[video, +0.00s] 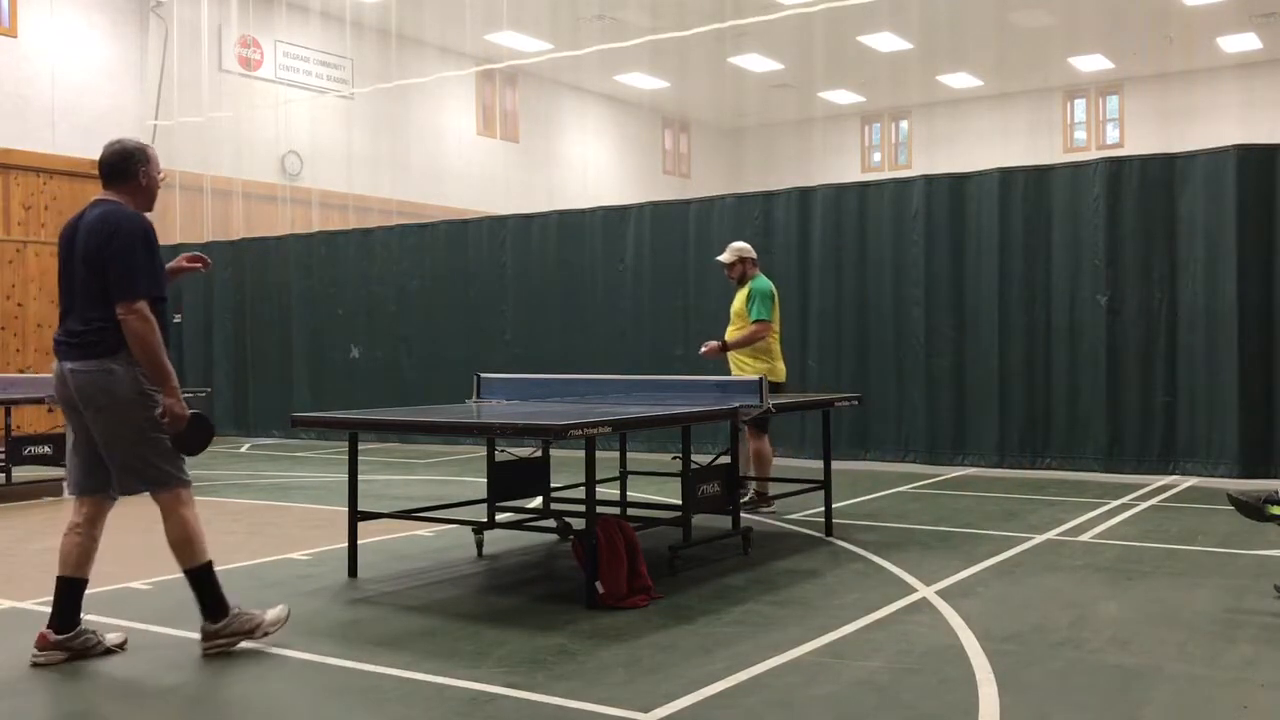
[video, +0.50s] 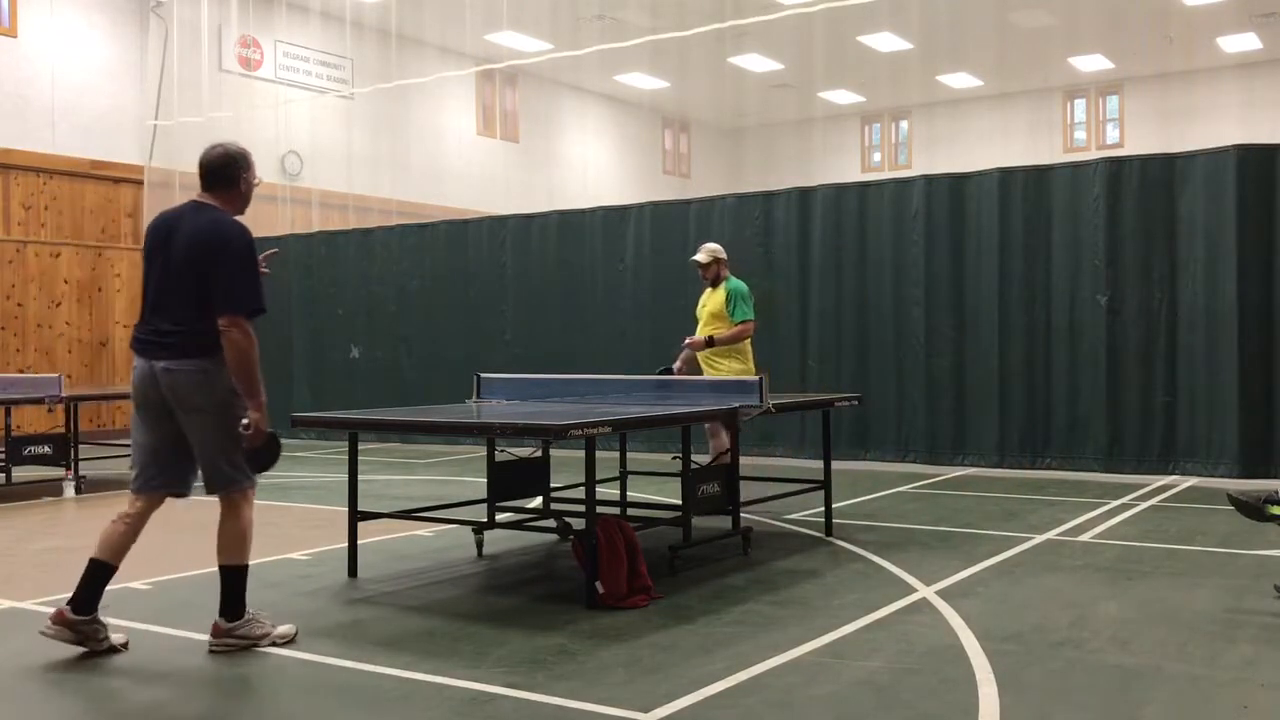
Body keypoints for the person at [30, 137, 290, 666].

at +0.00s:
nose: (160, 183)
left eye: (158, 175)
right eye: (157, 174)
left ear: (105, 176)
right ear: (143, 175)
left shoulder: (77, 225)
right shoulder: (130, 225)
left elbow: (104, 292)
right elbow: (134, 313)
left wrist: (167, 271)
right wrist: (171, 390)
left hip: (74, 374)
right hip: (116, 375)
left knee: (90, 502)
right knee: (174, 493)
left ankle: (61, 630)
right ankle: (220, 618)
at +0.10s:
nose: (175, 184)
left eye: (173, 176)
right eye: (172, 176)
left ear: (121, 179)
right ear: (159, 178)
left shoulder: (90, 227)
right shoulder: (146, 227)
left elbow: (108, 291)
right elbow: (150, 315)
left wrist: (176, 272)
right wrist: (179, 393)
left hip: (85, 375)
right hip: (128, 377)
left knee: (96, 503)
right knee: (190, 493)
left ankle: (62, 630)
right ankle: (227, 618)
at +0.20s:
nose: (190, 187)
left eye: (189, 179)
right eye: (188, 180)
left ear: (138, 181)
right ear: (176, 182)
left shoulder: (104, 230)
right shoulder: (168, 232)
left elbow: (127, 283)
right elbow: (168, 321)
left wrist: (188, 267)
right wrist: (194, 399)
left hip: (100, 378)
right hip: (149, 380)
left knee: (105, 502)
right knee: (206, 494)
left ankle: (63, 628)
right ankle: (232, 619)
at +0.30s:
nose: (212, 183)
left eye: (210, 175)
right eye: (209, 176)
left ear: (157, 181)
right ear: (197, 181)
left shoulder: (123, 229)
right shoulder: (188, 232)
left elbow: (143, 282)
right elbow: (188, 321)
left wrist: (204, 270)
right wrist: (214, 400)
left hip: (117, 376)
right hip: (168, 379)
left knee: (115, 501)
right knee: (222, 495)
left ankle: (65, 626)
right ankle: (232, 619)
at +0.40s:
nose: (235, 187)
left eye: (233, 179)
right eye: (232, 180)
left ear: (183, 181)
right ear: (220, 183)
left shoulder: (144, 227)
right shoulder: (212, 235)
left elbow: (165, 280)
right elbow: (210, 324)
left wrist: (225, 268)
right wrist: (233, 403)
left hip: (136, 373)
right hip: (187, 376)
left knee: (125, 500)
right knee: (232, 493)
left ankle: (70, 620)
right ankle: (233, 619)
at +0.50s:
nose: (256, 184)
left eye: (254, 176)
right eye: (254, 177)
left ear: (203, 181)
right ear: (243, 183)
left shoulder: (162, 224)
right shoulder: (232, 236)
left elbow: (178, 293)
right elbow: (232, 326)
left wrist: (241, 275)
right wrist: (257, 405)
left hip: (149, 371)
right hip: (202, 375)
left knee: (146, 493)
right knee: (237, 492)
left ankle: (79, 609)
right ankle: (233, 618)